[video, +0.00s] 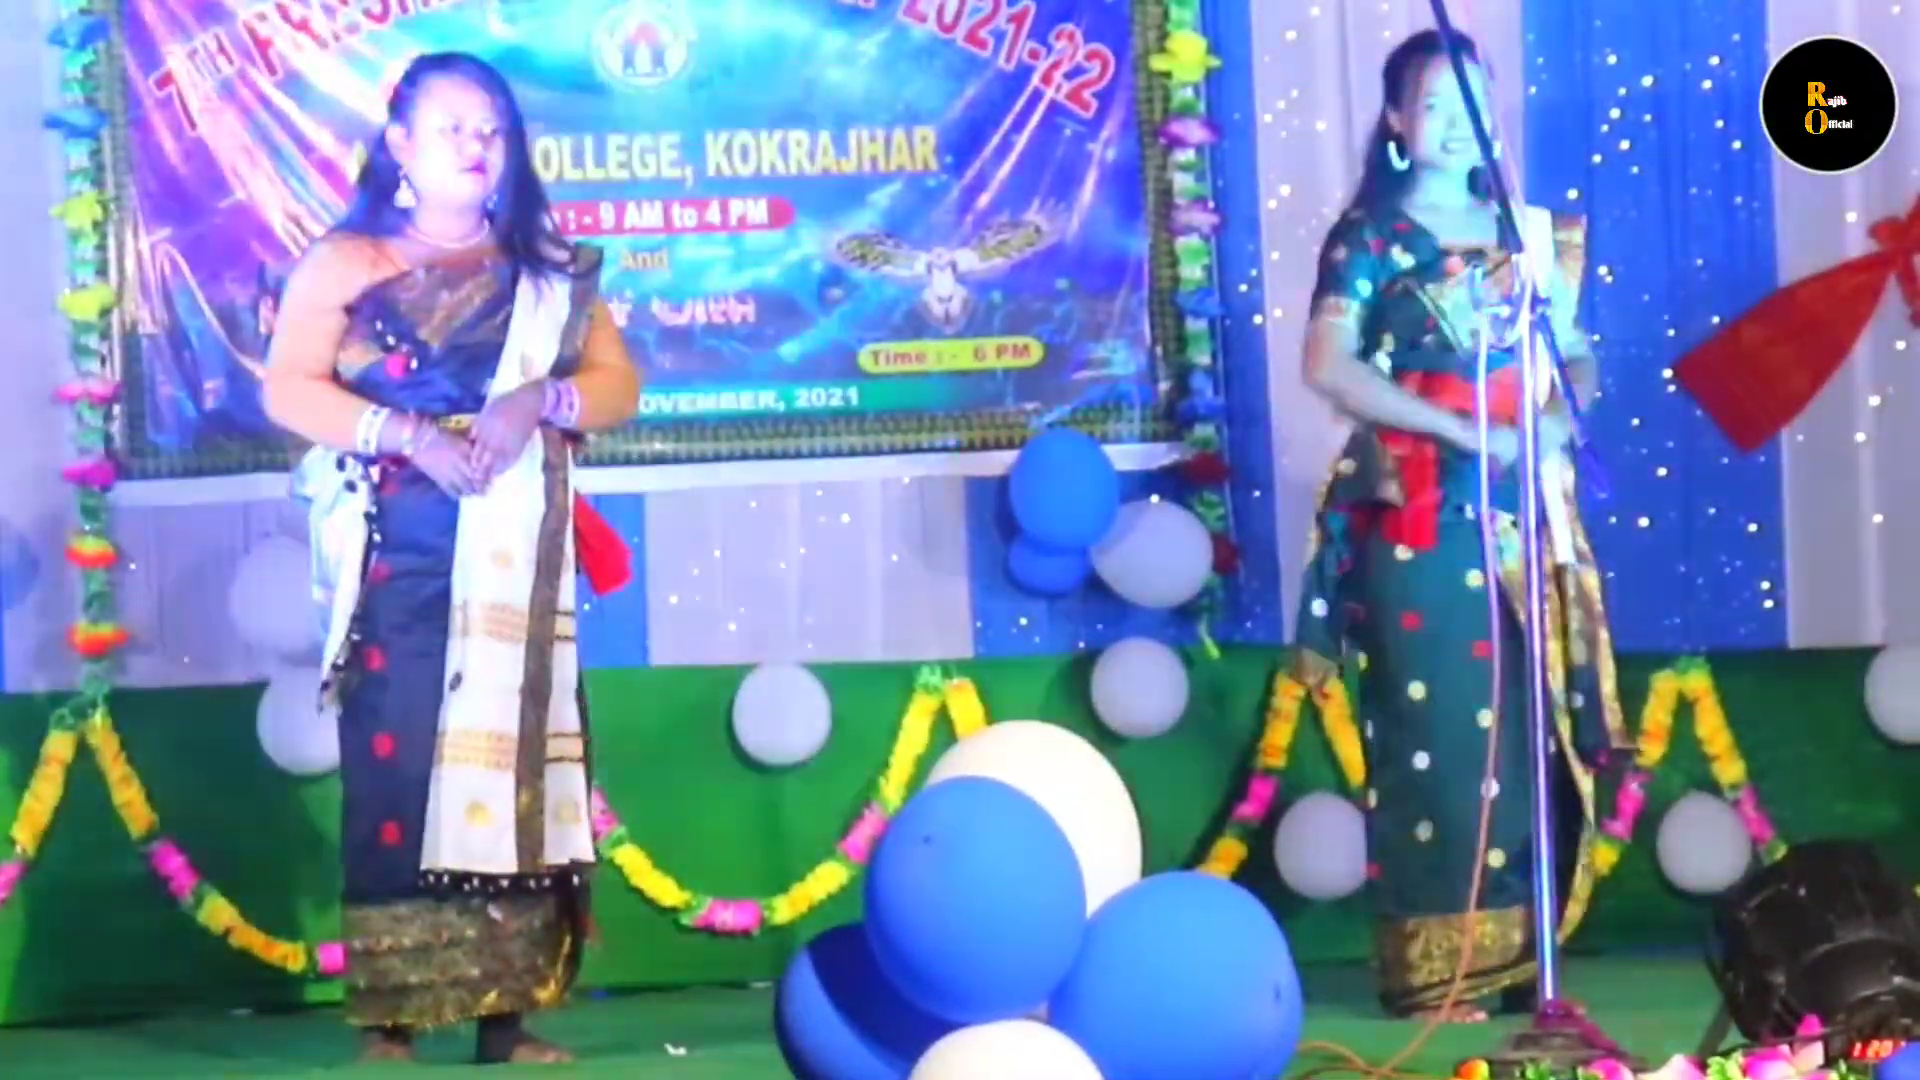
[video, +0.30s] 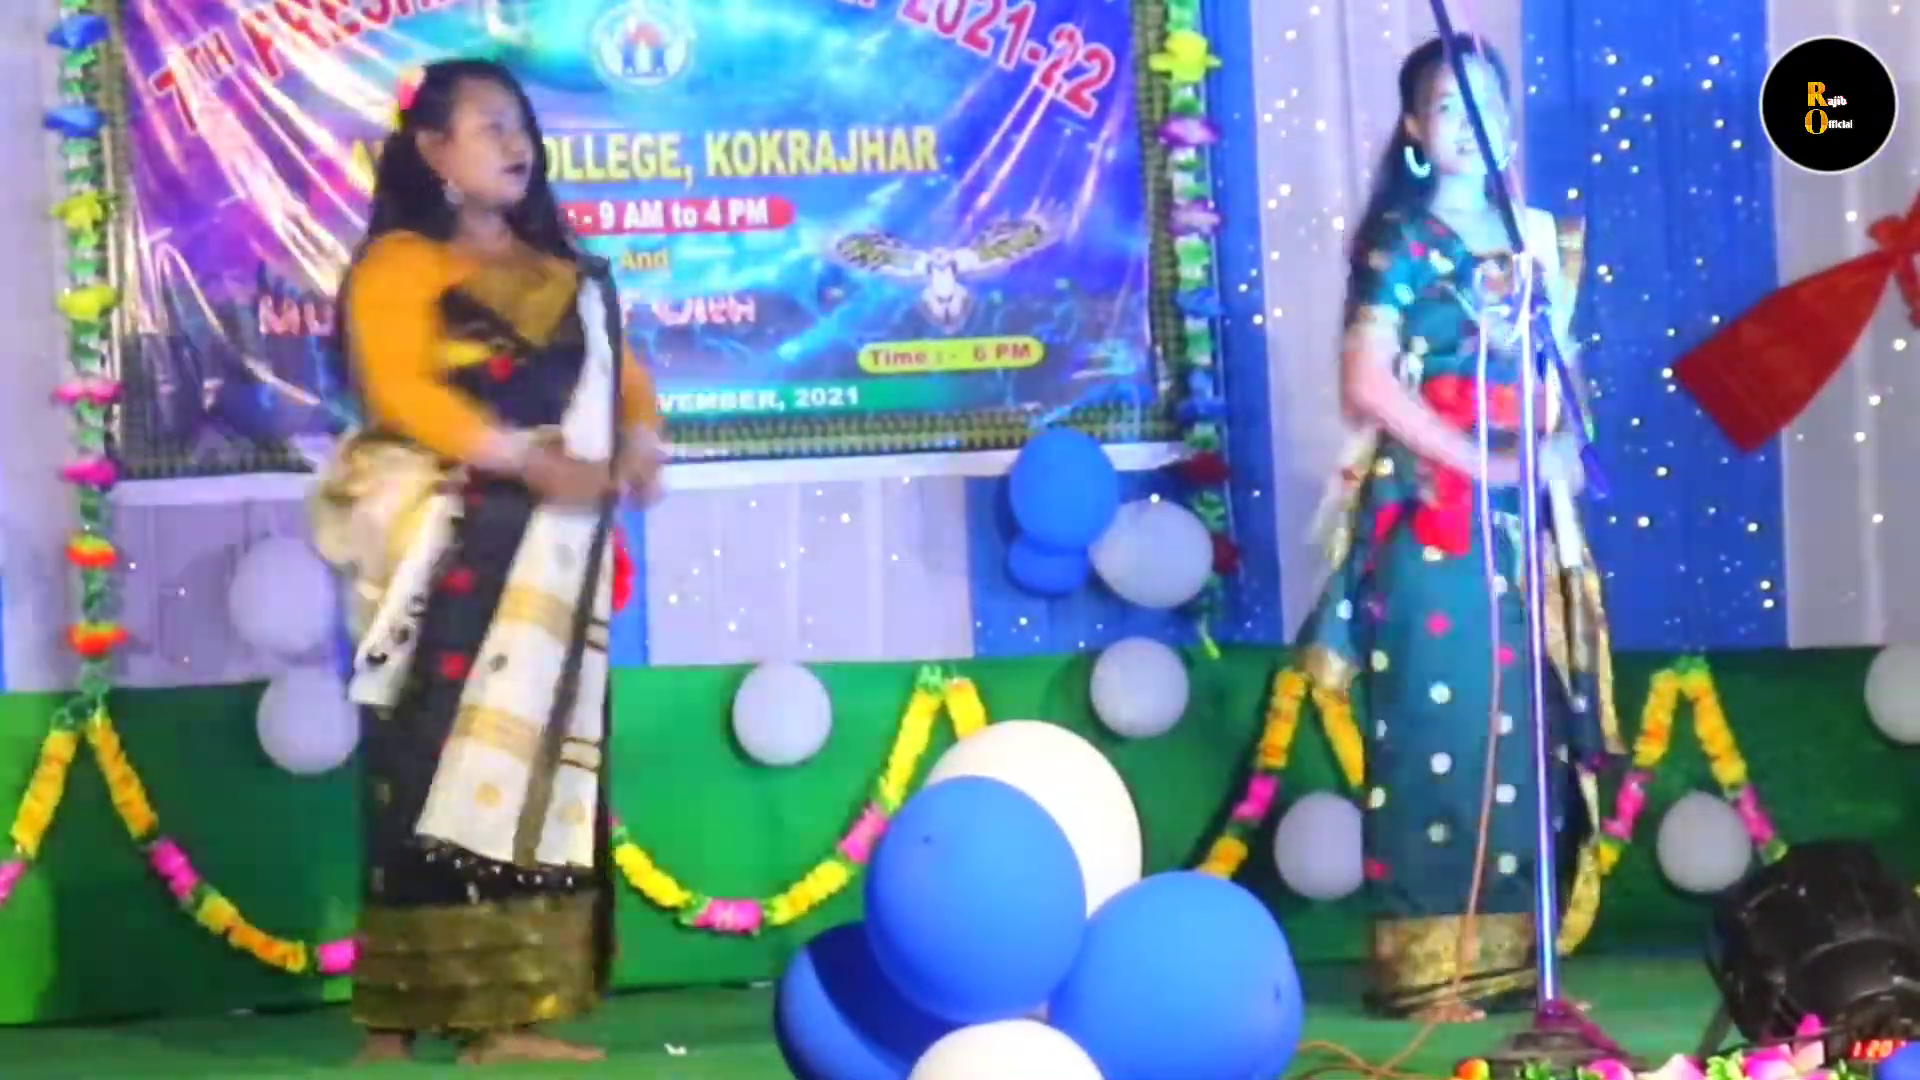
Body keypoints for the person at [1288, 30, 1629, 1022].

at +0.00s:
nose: (1454, 122)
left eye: (1469, 104)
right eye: (1434, 104)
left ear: (1490, 114)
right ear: (1397, 117)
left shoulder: (1522, 228)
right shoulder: (1370, 235)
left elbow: (1568, 387)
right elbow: (1331, 368)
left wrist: (1562, 323)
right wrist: (1463, 429)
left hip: (1524, 515)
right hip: (1421, 517)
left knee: (1533, 728)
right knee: (1438, 730)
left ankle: (1525, 963)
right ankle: (1434, 967)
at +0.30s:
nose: (1466, 131)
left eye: (1481, 111)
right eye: (1446, 112)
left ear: (1504, 119)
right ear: (1413, 125)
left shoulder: (1520, 234)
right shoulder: (1401, 235)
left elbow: (1548, 372)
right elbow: (1367, 385)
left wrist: (1550, 434)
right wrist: (1478, 459)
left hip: (1516, 512)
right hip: (1432, 515)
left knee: (1520, 727)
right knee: (1438, 729)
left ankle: (1512, 955)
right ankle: (1428, 963)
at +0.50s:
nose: (1503, 139)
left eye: (1510, 119)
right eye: (1478, 125)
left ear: (1530, 129)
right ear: (1441, 145)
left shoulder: (1525, 248)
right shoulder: (1448, 244)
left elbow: (1536, 390)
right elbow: (1441, 391)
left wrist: (1609, 446)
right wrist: (1549, 435)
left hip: (1513, 529)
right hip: (1460, 531)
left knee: (1563, 727)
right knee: (1554, 727)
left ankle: (1451, 907)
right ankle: (1477, 929)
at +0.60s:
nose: (1524, 113)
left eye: (1529, 93)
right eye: (1502, 101)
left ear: (1541, 99)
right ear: (1459, 122)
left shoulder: (1535, 210)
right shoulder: (1457, 207)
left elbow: (1626, 332)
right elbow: (1491, 330)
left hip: (1544, 505)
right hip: (1480, 508)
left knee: (1536, 712)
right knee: (1571, 699)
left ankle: (1496, 944)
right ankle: (1487, 930)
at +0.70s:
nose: (1539, 129)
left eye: (1543, 109)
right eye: (1516, 114)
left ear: (1551, 113)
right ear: (1469, 130)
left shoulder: (1522, 226)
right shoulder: (1462, 228)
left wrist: (1596, 296)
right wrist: (1593, 306)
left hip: (1549, 531)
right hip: (1495, 542)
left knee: (1567, 739)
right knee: (1564, 740)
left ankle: (1513, 959)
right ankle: (1502, 964)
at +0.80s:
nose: (1570, 156)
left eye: (1570, 137)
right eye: (1548, 142)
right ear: (1501, 155)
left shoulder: (1453, 255)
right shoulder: (1541, 240)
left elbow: (1423, 419)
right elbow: (1592, 348)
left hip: (1453, 563)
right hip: (1505, 564)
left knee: (1579, 739)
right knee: (1616, 752)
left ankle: (1500, 943)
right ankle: (1531, 983)